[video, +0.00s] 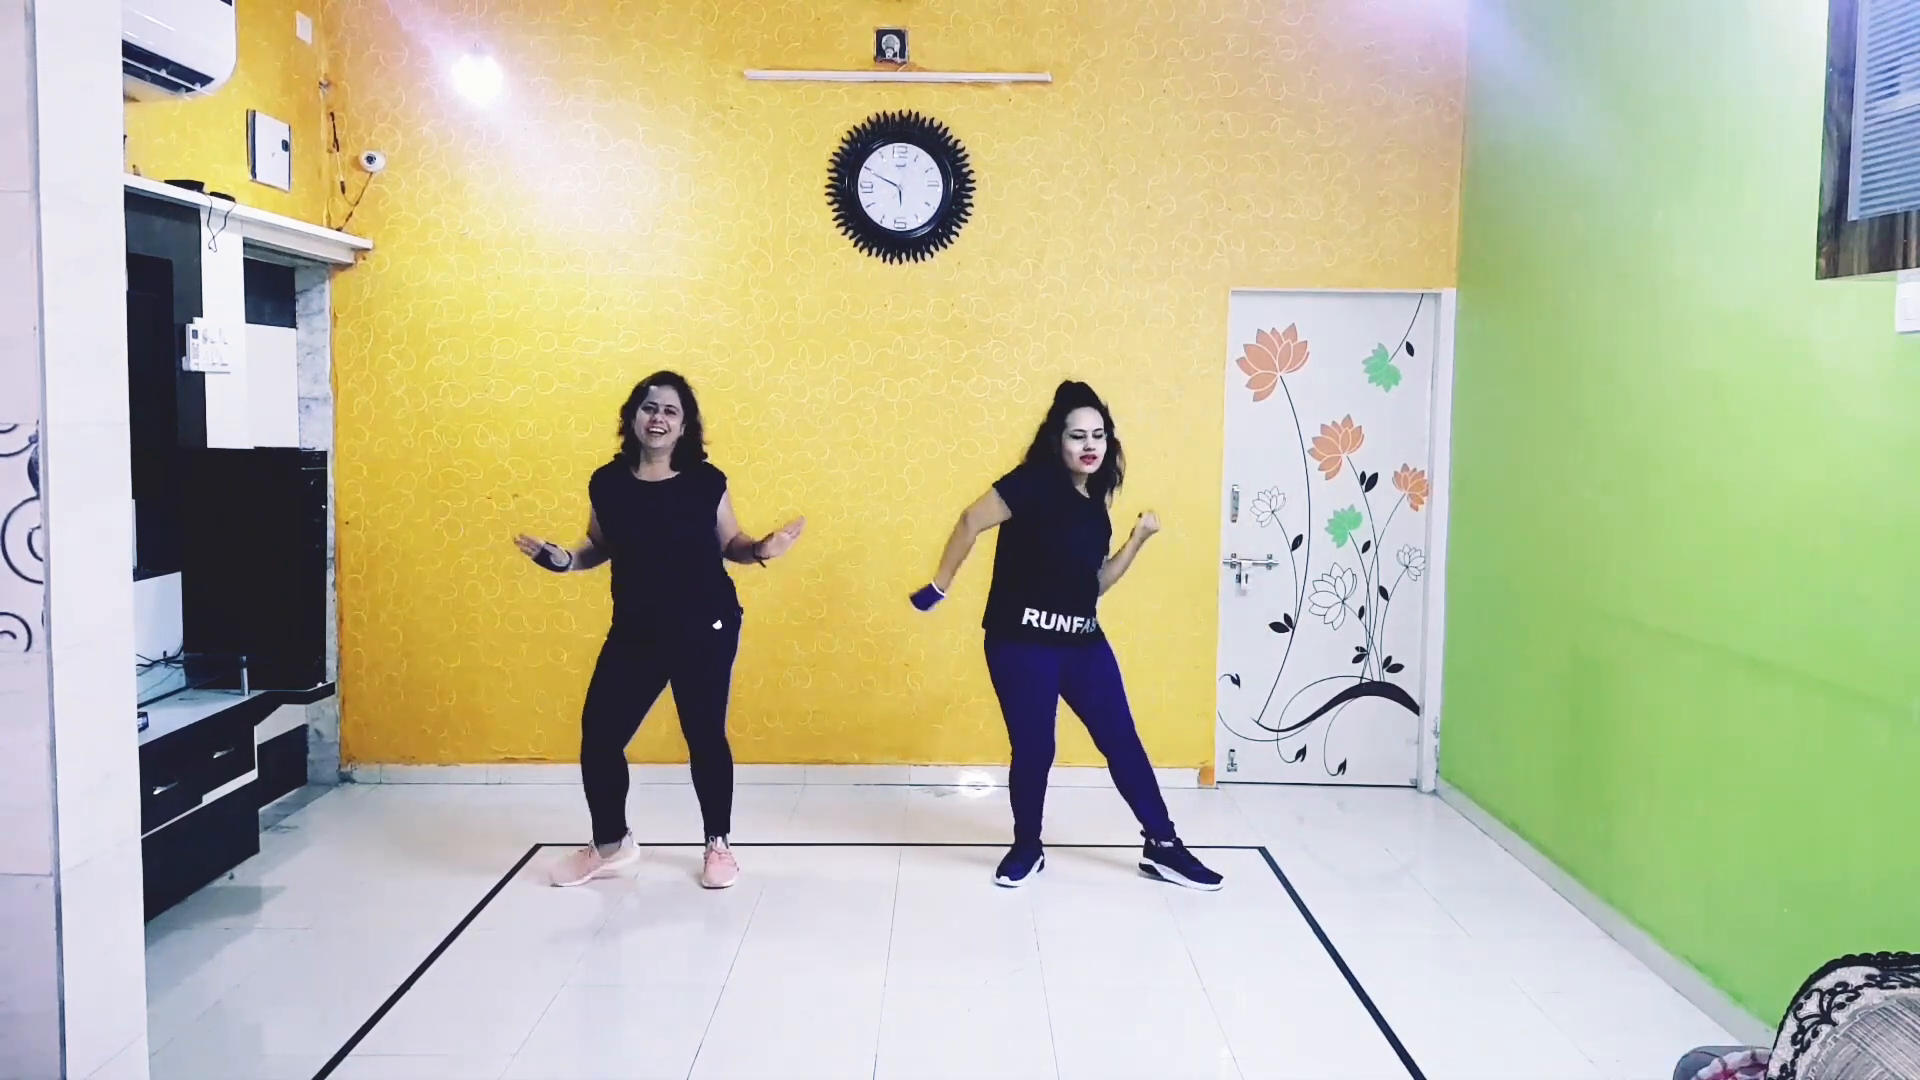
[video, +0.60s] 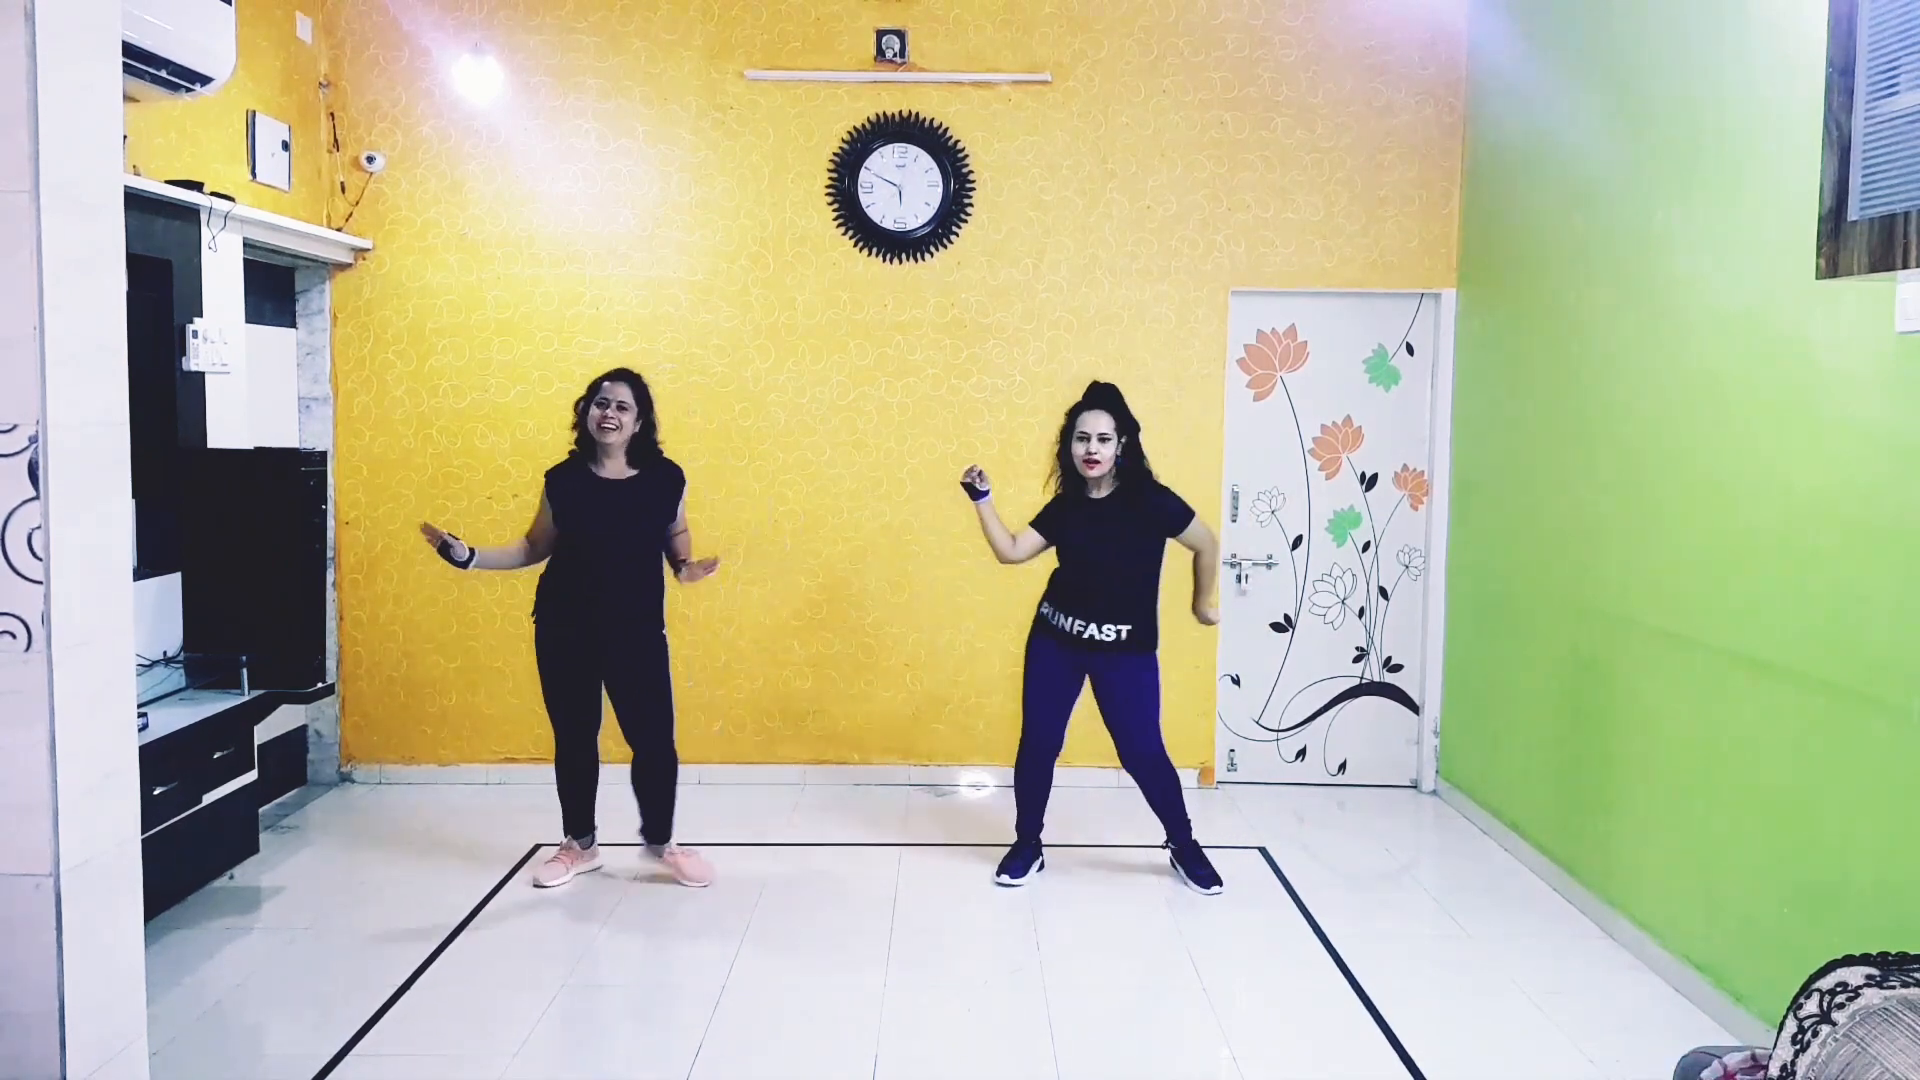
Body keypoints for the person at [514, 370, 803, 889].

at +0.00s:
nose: (657, 417)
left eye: (670, 411)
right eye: (648, 408)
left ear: (685, 424)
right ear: (632, 417)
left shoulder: (706, 482)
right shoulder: (607, 483)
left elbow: (731, 543)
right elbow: (599, 545)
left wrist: (760, 550)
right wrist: (568, 559)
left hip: (703, 628)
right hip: (637, 628)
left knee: (705, 734)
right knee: (600, 733)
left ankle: (718, 844)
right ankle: (611, 844)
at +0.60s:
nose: (607, 412)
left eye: (621, 406)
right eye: (599, 403)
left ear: (640, 421)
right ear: (586, 413)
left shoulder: (664, 480)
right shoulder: (563, 481)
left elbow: (679, 541)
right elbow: (533, 549)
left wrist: (686, 567)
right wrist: (470, 556)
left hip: (635, 630)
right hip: (566, 630)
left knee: (654, 739)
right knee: (573, 740)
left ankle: (660, 845)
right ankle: (579, 844)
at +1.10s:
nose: (635, 408)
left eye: (649, 402)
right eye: (628, 399)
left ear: (670, 417)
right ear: (615, 410)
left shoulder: (693, 476)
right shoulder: (595, 480)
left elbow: (721, 538)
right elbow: (586, 550)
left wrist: (754, 548)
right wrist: (539, 582)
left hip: (700, 623)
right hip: (632, 627)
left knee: (714, 730)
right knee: (602, 736)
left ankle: (738, 844)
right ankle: (581, 844)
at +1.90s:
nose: (655, 420)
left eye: (669, 413)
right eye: (648, 412)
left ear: (691, 428)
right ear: (637, 423)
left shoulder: (715, 489)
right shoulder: (616, 491)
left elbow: (758, 549)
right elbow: (587, 559)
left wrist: (740, 526)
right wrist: (564, 557)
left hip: (696, 640)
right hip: (624, 639)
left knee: (712, 744)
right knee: (607, 746)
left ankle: (731, 847)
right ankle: (604, 848)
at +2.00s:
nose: (663, 408)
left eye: (676, 401)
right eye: (655, 399)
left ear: (697, 413)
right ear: (643, 408)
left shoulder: (721, 464)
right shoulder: (624, 462)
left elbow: (779, 465)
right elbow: (564, 469)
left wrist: (745, 406)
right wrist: (590, 406)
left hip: (701, 623)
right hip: (629, 621)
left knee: (715, 737)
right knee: (614, 734)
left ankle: (732, 845)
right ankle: (603, 845)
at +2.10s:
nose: (668, 384)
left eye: (682, 378)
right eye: (662, 375)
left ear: (702, 388)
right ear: (649, 380)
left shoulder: (718, 424)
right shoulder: (631, 413)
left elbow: (761, 377)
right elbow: (592, 356)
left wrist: (757, 306)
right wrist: (607, 285)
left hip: (701, 586)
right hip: (634, 585)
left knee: (717, 715)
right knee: (612, 711)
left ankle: (737, 835)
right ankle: (590, 830)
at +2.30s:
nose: (675, 387)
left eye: (687, 379)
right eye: (666, 376)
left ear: (706, 388)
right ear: (650, 381)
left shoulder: (724, 432)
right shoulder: (627, 423)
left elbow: (791, 436)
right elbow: (558, 414)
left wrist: (775, 375)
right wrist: (582, 353)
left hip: (703, 589)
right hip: (634, 586)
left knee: (716, 719)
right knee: (605, 713)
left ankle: (738, 842)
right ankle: (569, 834)